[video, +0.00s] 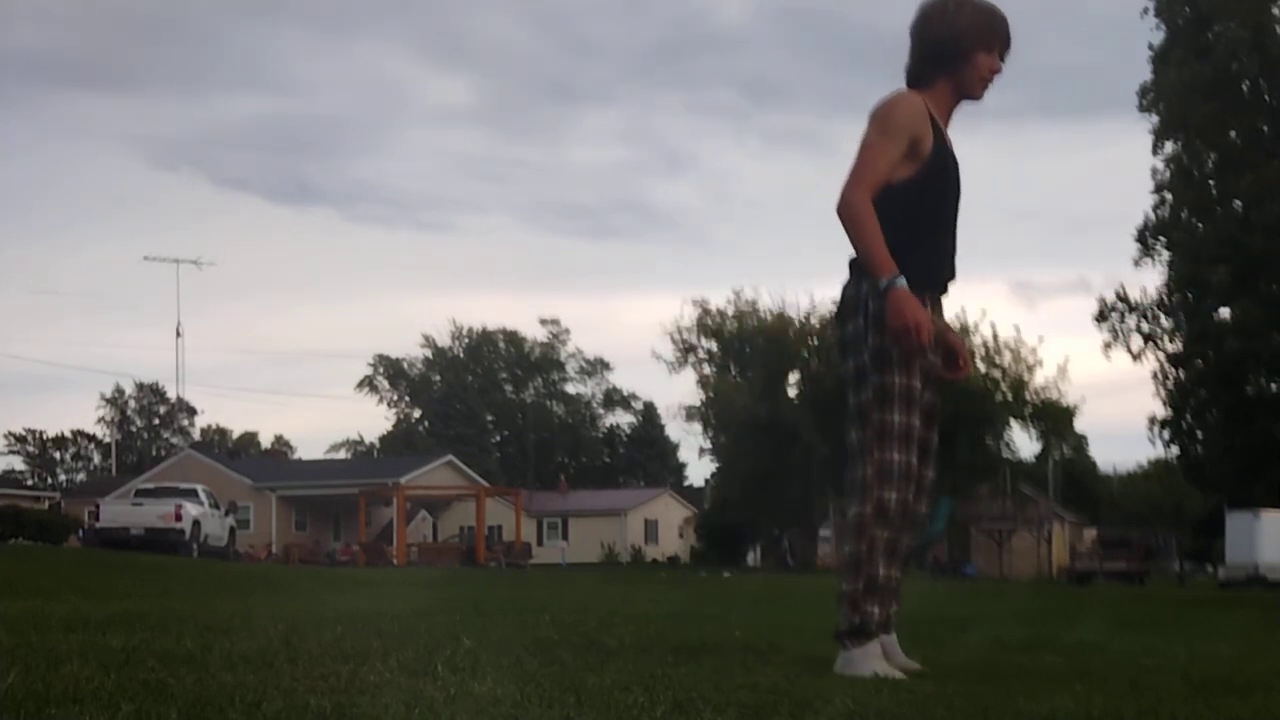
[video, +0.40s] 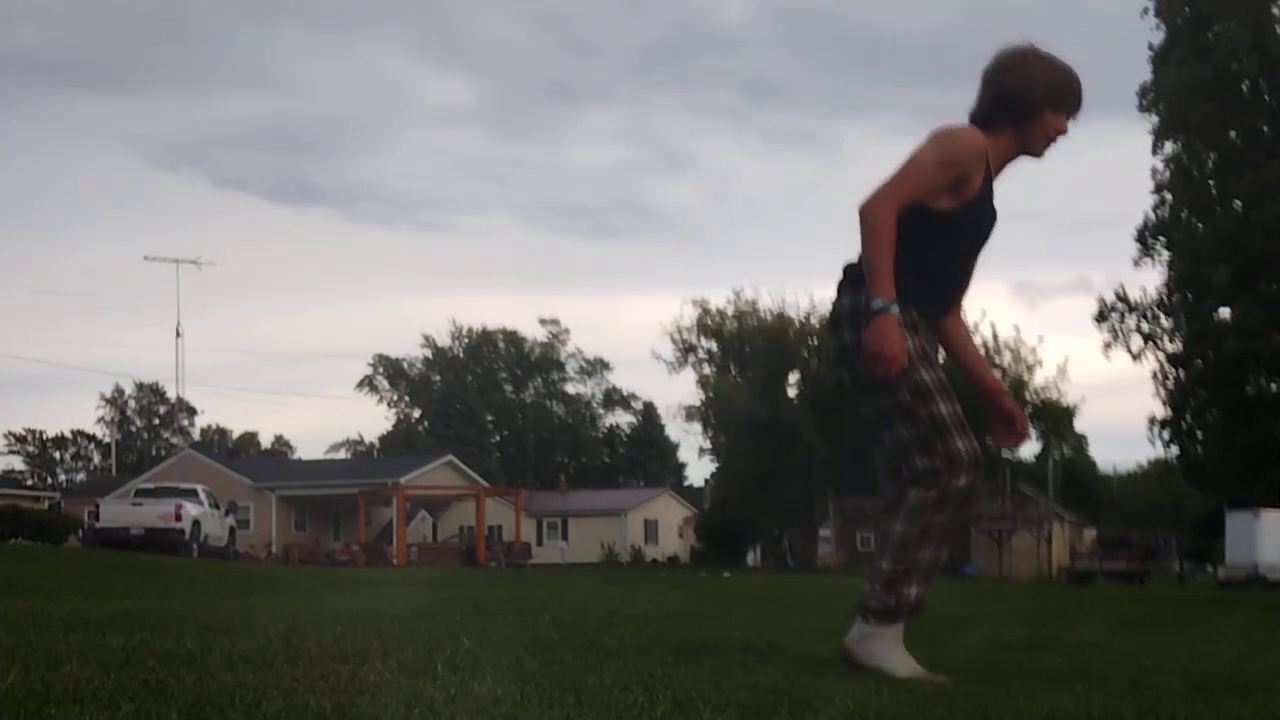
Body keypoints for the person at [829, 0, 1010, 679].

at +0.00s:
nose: (998, 69)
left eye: (1000, 58)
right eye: (992, 55)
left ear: (962, 56)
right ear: (960, 50)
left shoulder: (935, 135)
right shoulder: (905, 110)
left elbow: (914, 245)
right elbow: (853, 203)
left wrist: (939, 326)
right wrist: (893, 287)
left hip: (912, 316)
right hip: (884, 310)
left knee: (909, 475)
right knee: (886, 472)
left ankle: (880, 634)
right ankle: (857, 643)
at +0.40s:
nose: (1062, 131)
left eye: (1066, 120)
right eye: (1059, 116)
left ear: (1033, 113)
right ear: (1025, 107)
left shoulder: (983, 193)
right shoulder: (962, 147)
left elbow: (943, 310)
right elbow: (878, 206)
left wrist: (994, 389)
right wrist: (882, 311)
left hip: (909, 329)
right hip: (879, 317)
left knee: (953, 464)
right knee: (952, 458)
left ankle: (883, 627)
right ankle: (877, 628)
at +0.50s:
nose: (1092, 170)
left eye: (1096, 159)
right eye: (1088, 155)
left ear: (1059, 155)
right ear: (1053, 145)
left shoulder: (999, 252)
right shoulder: (986, 177)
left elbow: (976, 354)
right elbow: (893, 225)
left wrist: (1020, 441)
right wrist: (896, 328)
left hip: (902, 336)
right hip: (876, 322)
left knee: (963, 461)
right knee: (968, 455)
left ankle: (897, 627)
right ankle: (912, 629)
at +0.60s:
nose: (1117, 208)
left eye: (1121, 197)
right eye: (1113, 193)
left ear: (1074, 189)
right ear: (1078, 184)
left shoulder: (1018, 294)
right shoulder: (1006, 213)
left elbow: (1005, 400)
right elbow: (911, 254)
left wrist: (1043, 496)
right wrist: (918, 360)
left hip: (903, 362)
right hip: (880, 344)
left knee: (963, 493)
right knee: (987, 460)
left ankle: (890, 641)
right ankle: (986, 644)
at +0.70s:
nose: (1142, 228)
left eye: (1144, 217)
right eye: (1137, 213)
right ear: (1101, 208)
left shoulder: (1050, 320)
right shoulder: (1028, 244)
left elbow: (1025, 427)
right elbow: (940, 297)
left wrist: (1054, 527)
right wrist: (973, 405)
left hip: (929, 401)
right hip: (894, 385)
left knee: (988, 530)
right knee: (1014, 488)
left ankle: (890, 651)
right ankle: (1045, 667)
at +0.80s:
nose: (1166, 254)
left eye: (1166, 240)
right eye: (1158, 238)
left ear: (1131, 245)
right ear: (1120, 237)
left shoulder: (1088, 356)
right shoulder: (1042, 285)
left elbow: (1050, 458)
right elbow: (990, 362)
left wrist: (1071, 581)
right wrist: (1057, 462)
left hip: (969, 458)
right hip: (915, 433)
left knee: (1012, 616)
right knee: (1053, 477)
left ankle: (904, 653)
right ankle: (1051, 667)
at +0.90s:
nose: (1186, 282)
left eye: (1186, 267)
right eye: (1176, 265)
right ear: (1136, 263)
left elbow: (1092, 506)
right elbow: (1042, 410)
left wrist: (1098, 618)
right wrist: (1144, 495)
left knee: (1005, 665)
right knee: (1053, 462)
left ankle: (914, 649)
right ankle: (1050, 667)